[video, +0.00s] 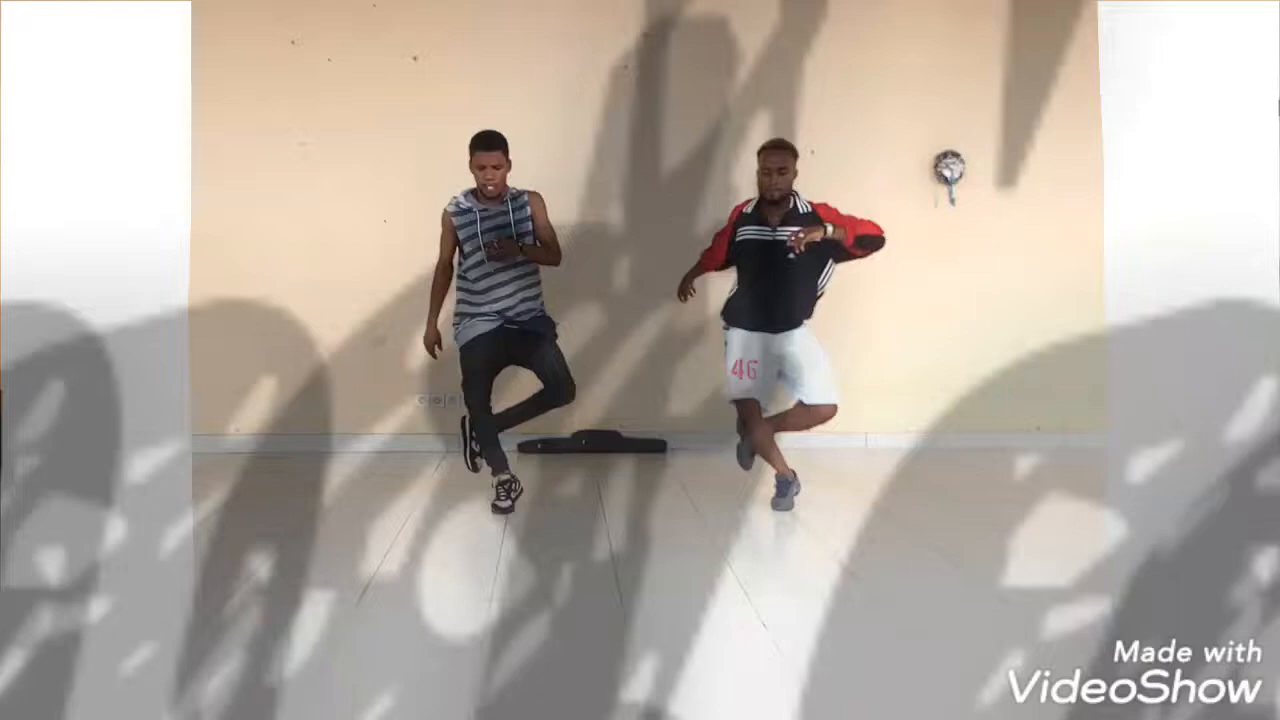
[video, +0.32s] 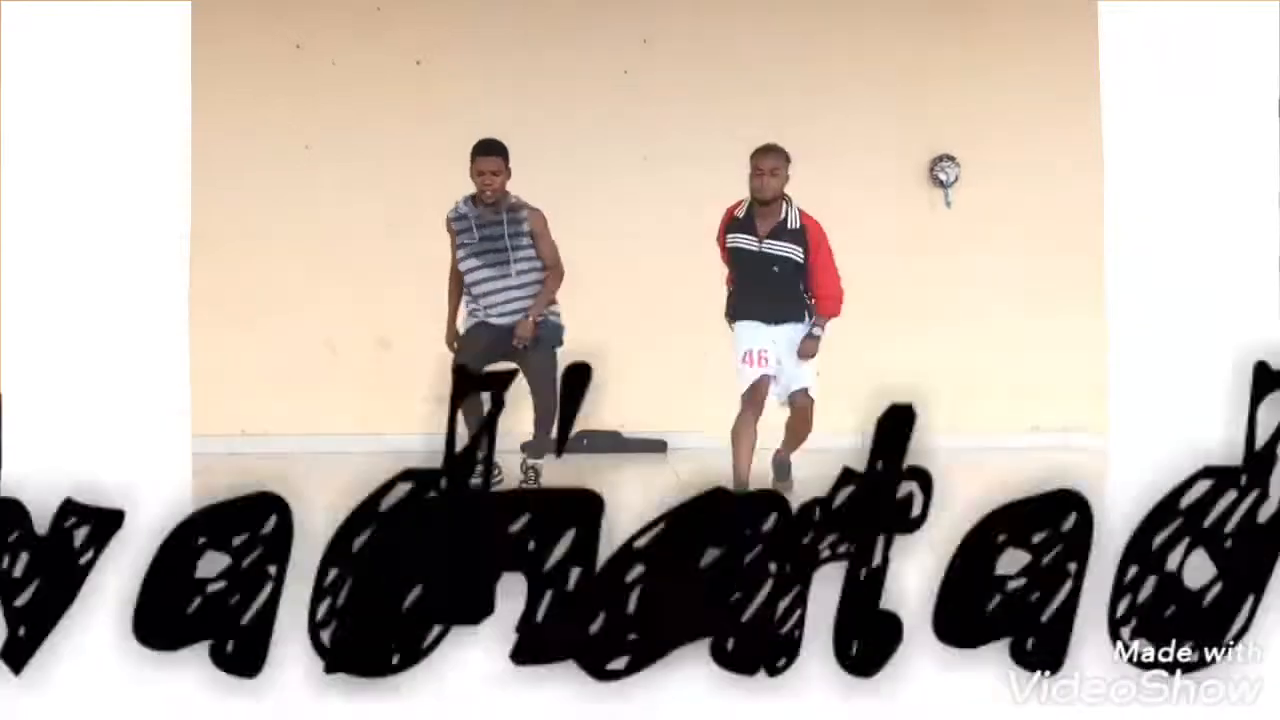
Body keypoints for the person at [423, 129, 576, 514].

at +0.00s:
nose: (489, 175)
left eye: (496, 167)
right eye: (481, 168)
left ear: (508, 165)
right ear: (470, 168)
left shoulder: (530, 203)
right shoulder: (456, 214)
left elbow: (554, 256)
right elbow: (445, 268)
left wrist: (520, 253)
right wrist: (432, 323)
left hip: (528, 318)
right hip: (479, 322)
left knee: (562, 391)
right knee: (475, 397)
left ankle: (483, 427)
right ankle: (503, 477)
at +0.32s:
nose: (487, 182)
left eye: (495, 174)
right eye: (480, 175)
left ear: (508, 174)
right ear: (470, 175)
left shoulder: (529, 217)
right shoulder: (459, 219)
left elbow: (555, 271)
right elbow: (458, 271)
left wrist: (532, 317)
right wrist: (452, 323)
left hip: (534, 320)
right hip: (487, 323)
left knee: (540, 366)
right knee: (463, 368)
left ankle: (535, 459)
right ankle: (483, 457)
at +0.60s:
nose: (489, 170)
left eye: (496, 162)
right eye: (480, 163)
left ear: (506, 161)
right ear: (467, 163)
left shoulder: (522, 193)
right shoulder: (446, 195)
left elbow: (558, 223)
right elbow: (419, 231)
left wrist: (557, 271)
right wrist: (416, 287)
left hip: (518, 317)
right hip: (469, 319)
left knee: (539, 382)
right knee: (464, 397)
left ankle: (519, 443)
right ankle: (464, 466)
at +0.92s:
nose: (469, 125)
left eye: (476, 116)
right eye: (461, 118)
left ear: (489, 116)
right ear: (449, 120)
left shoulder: (512, 157)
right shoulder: (435, 160)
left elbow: (541, 212)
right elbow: (422, 223)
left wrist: (546, 262)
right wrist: (430, 278)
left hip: (506, 284)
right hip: (455, 285)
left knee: (531, 360)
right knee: (443, 364)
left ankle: (534, 450)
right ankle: (437, 437)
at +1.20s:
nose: (457, 138)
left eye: (465, 129)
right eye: (449, 130)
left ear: (478, 128)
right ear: (439, 132)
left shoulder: (502, 169)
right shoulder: (421, 181)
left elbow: (532, 212)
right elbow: (395, 235)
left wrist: (547, 225)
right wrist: (372, 290)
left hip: (508, 292)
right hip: (458, 297)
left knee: (540, 372)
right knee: (447, 377)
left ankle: (522, 463)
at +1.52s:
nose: (434, 161)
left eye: (441, 151)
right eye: (429, 154)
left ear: (466, 148)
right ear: (427, 156)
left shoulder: (500, 170)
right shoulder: (435, 203)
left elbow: (514, 231)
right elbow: (426, 252)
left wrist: (469, 256)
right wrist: (405, 303)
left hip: (516, 311)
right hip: (471, 309)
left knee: (526, 396)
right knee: (453, 385)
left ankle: (498, 482)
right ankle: (379, 375)